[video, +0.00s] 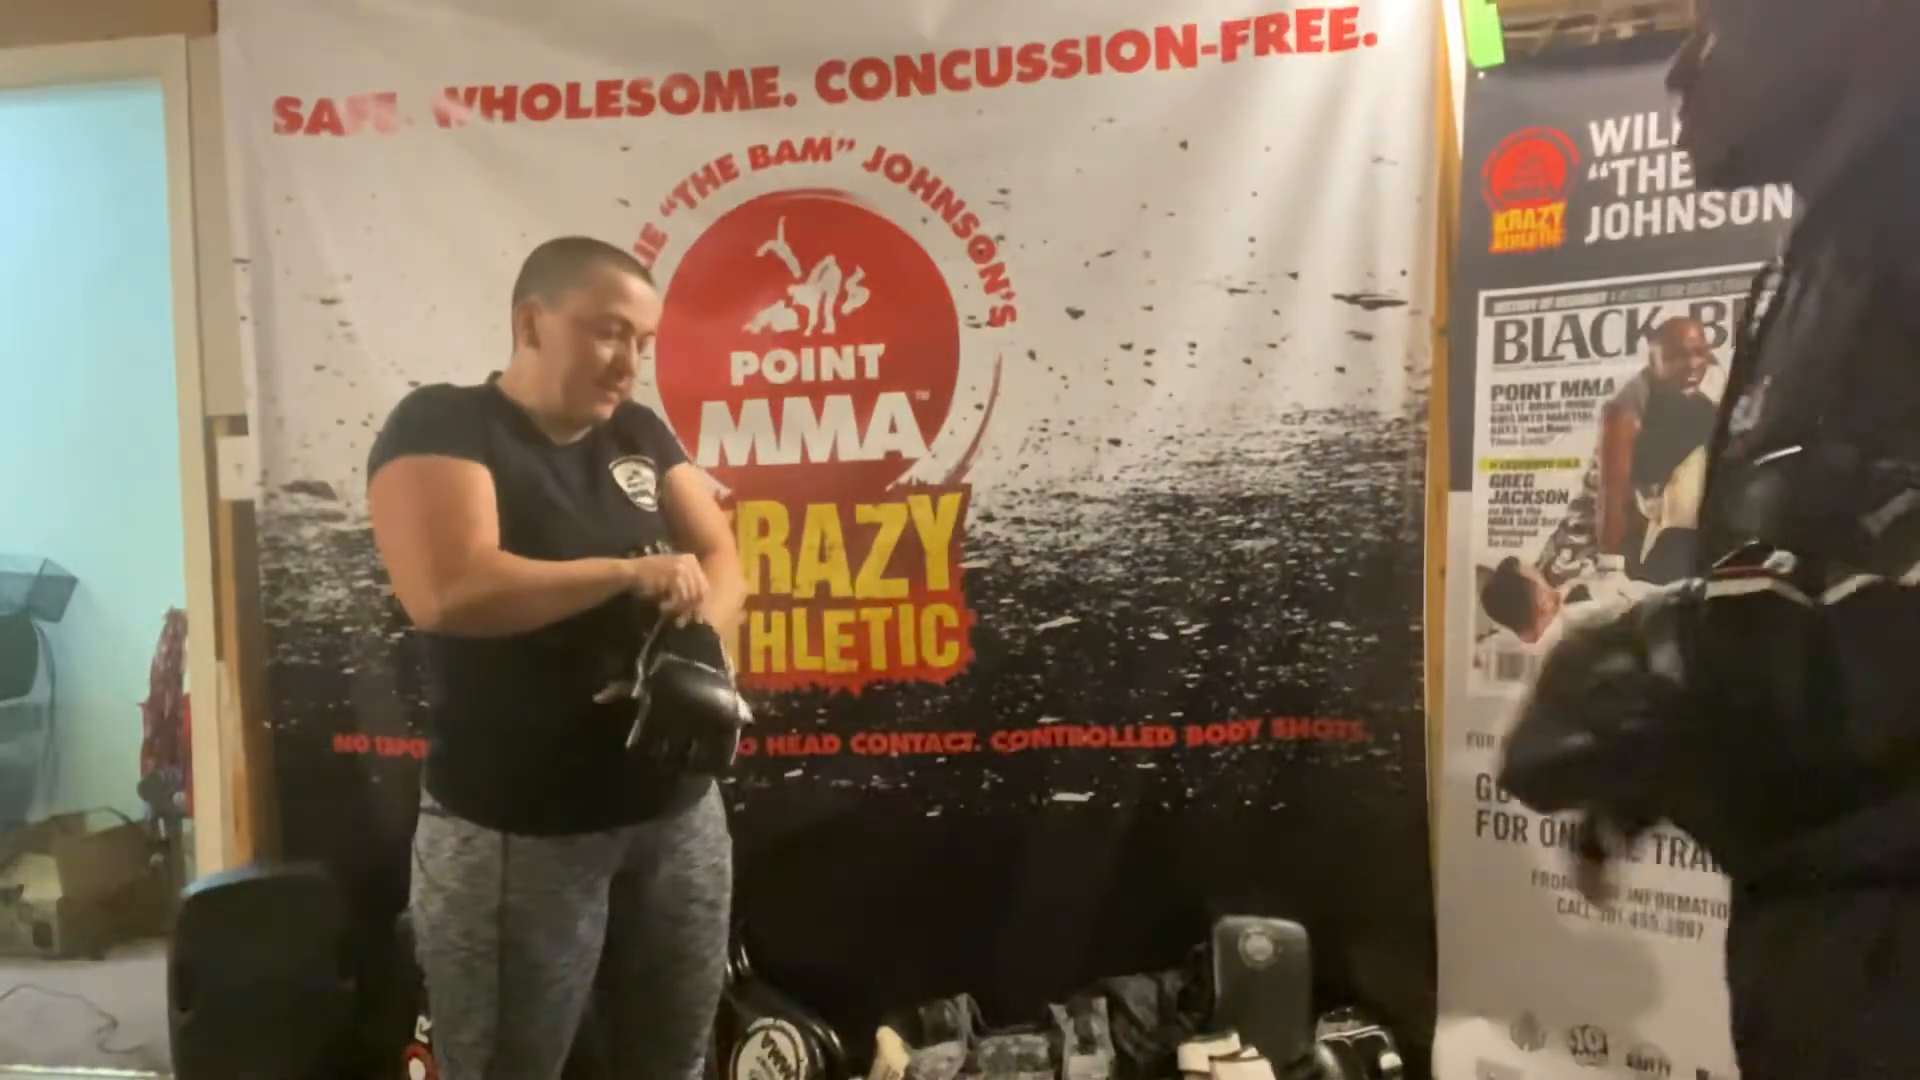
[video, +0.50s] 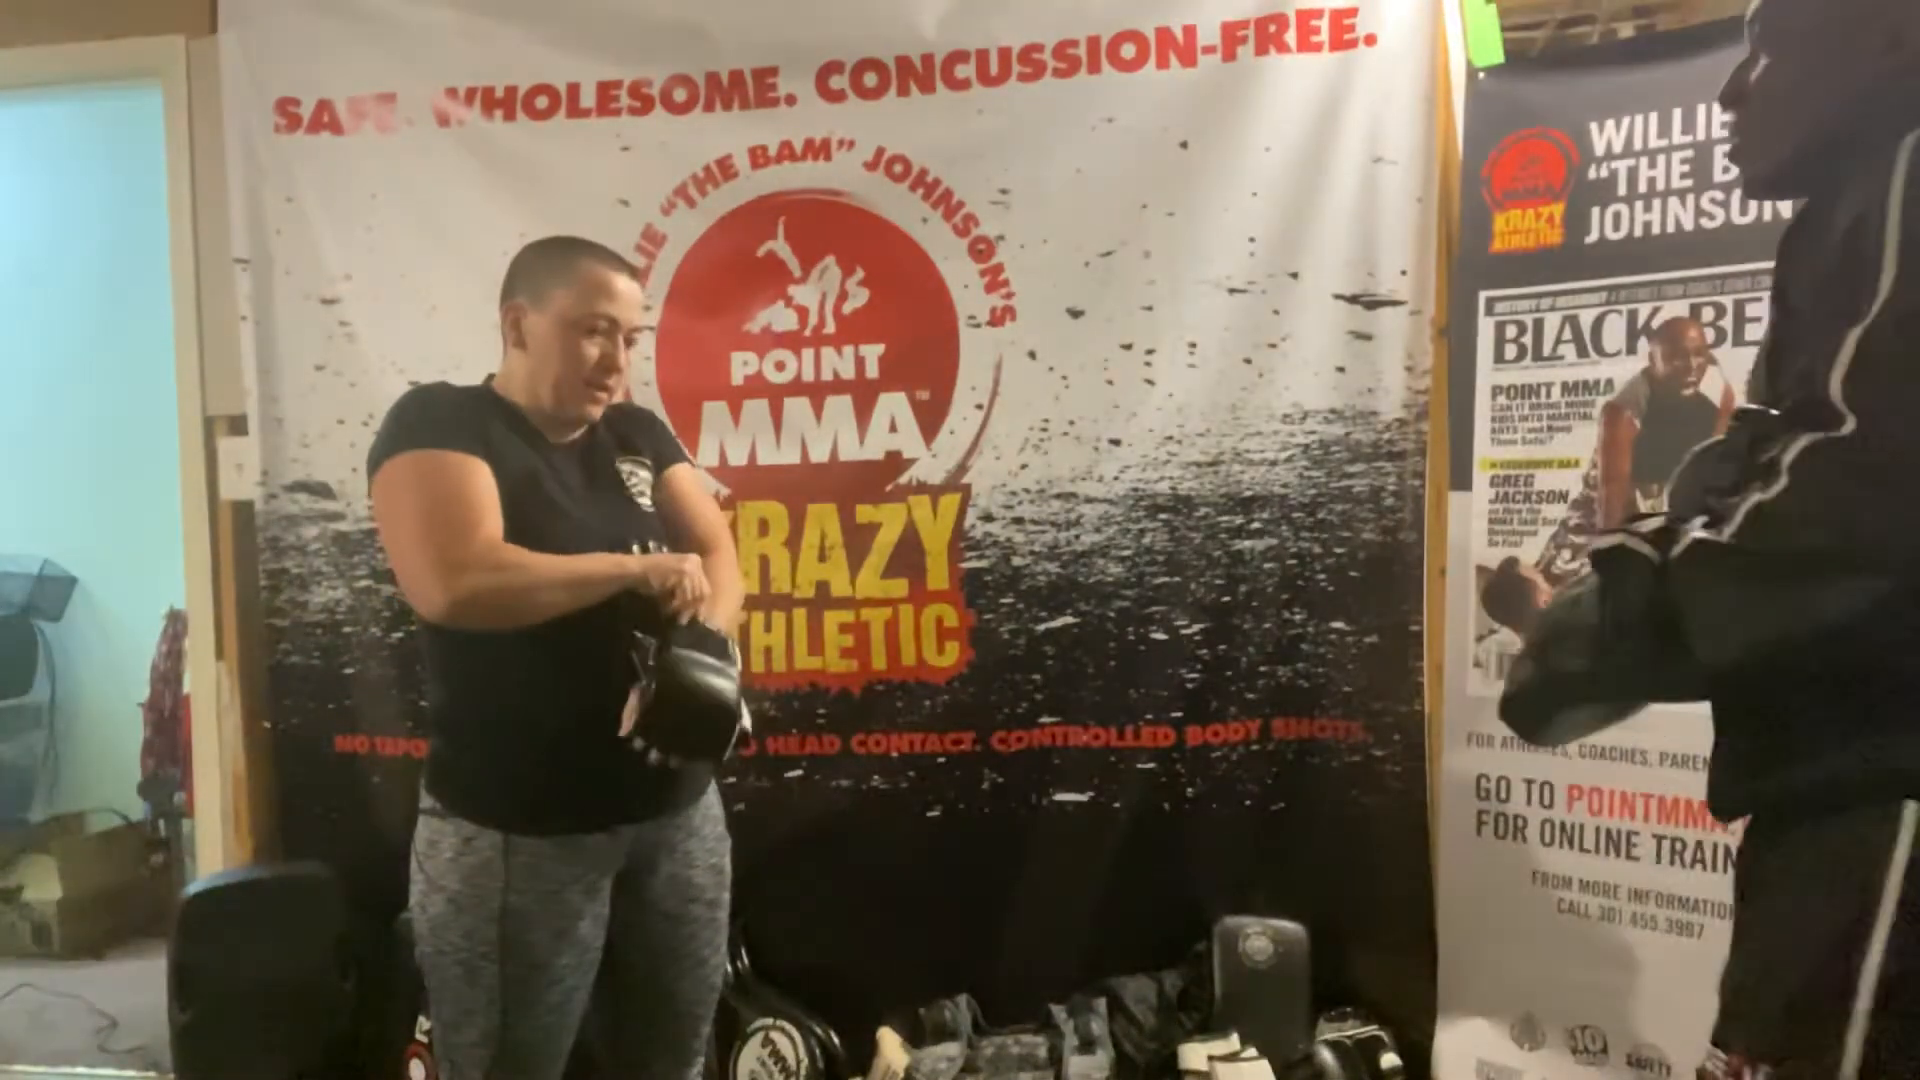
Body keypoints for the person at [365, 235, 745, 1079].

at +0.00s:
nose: (632, 362)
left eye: (642, 342)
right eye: (613, 334)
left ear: (647, 346)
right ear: (531, 322)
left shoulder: (640, 435)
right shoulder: (437, 426)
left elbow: (721, 553)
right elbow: (447, 590)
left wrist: (701, 631)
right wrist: (627, 572)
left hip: (675, 824)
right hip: (511, 838)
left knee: (665, 1066)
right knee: (502, 1068)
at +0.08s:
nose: (629, 361)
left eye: (640, 341)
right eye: (610, 333)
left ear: (646, 345)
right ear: (529, 322)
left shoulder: (639, 435)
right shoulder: (437, 426)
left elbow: (719, 553)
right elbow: (448, 590)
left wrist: (703, 646)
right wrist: (626, 570)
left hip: (675, 825)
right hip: (511, 839)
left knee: (664, 1066)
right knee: (501, 1068)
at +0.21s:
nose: (625, 361)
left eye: (636, 339)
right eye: (606, 333)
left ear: (642, 342)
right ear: (526, 323)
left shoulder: (638, 435)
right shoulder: (437, 426)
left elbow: (717, 547)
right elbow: (454, 582)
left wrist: (702, 656)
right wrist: (632, 565)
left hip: (674, 823)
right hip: (512, 838)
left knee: (666, 1065)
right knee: (501, 1068)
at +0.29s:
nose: (623, 359)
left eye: (634, 337)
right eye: (602, 332)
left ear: (640, 340)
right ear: (522, 323)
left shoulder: (637, 436)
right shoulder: (437, 425)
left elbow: (718, 555)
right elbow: (455, 583)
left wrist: (693, 661)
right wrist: (634, 569)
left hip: (675, 823)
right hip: (512, 838)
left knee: (666, 1064)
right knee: (502, 1067)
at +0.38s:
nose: (622, 358)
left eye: (632, 337)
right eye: (601, 331)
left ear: (639, 340)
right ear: (521, 324)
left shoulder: (637, 436)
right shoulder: (436, 425)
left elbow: (719, 555)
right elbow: (451, 584)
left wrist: (693, 660)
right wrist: (632, 572)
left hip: (674, 823)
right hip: (512, 837)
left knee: (664, 1065)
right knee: (501, 1067)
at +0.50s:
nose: (619, 360)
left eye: (630, 338)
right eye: (597, 333)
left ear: (637, 340)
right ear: (518, 323)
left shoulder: (638, 434)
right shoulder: (436, 423)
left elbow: (716, 547)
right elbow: (451, 581)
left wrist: (697, 666)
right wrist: (633, 569)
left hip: (674, 822)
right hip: (512, 836)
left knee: (663, 1064)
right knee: (502, 1067)